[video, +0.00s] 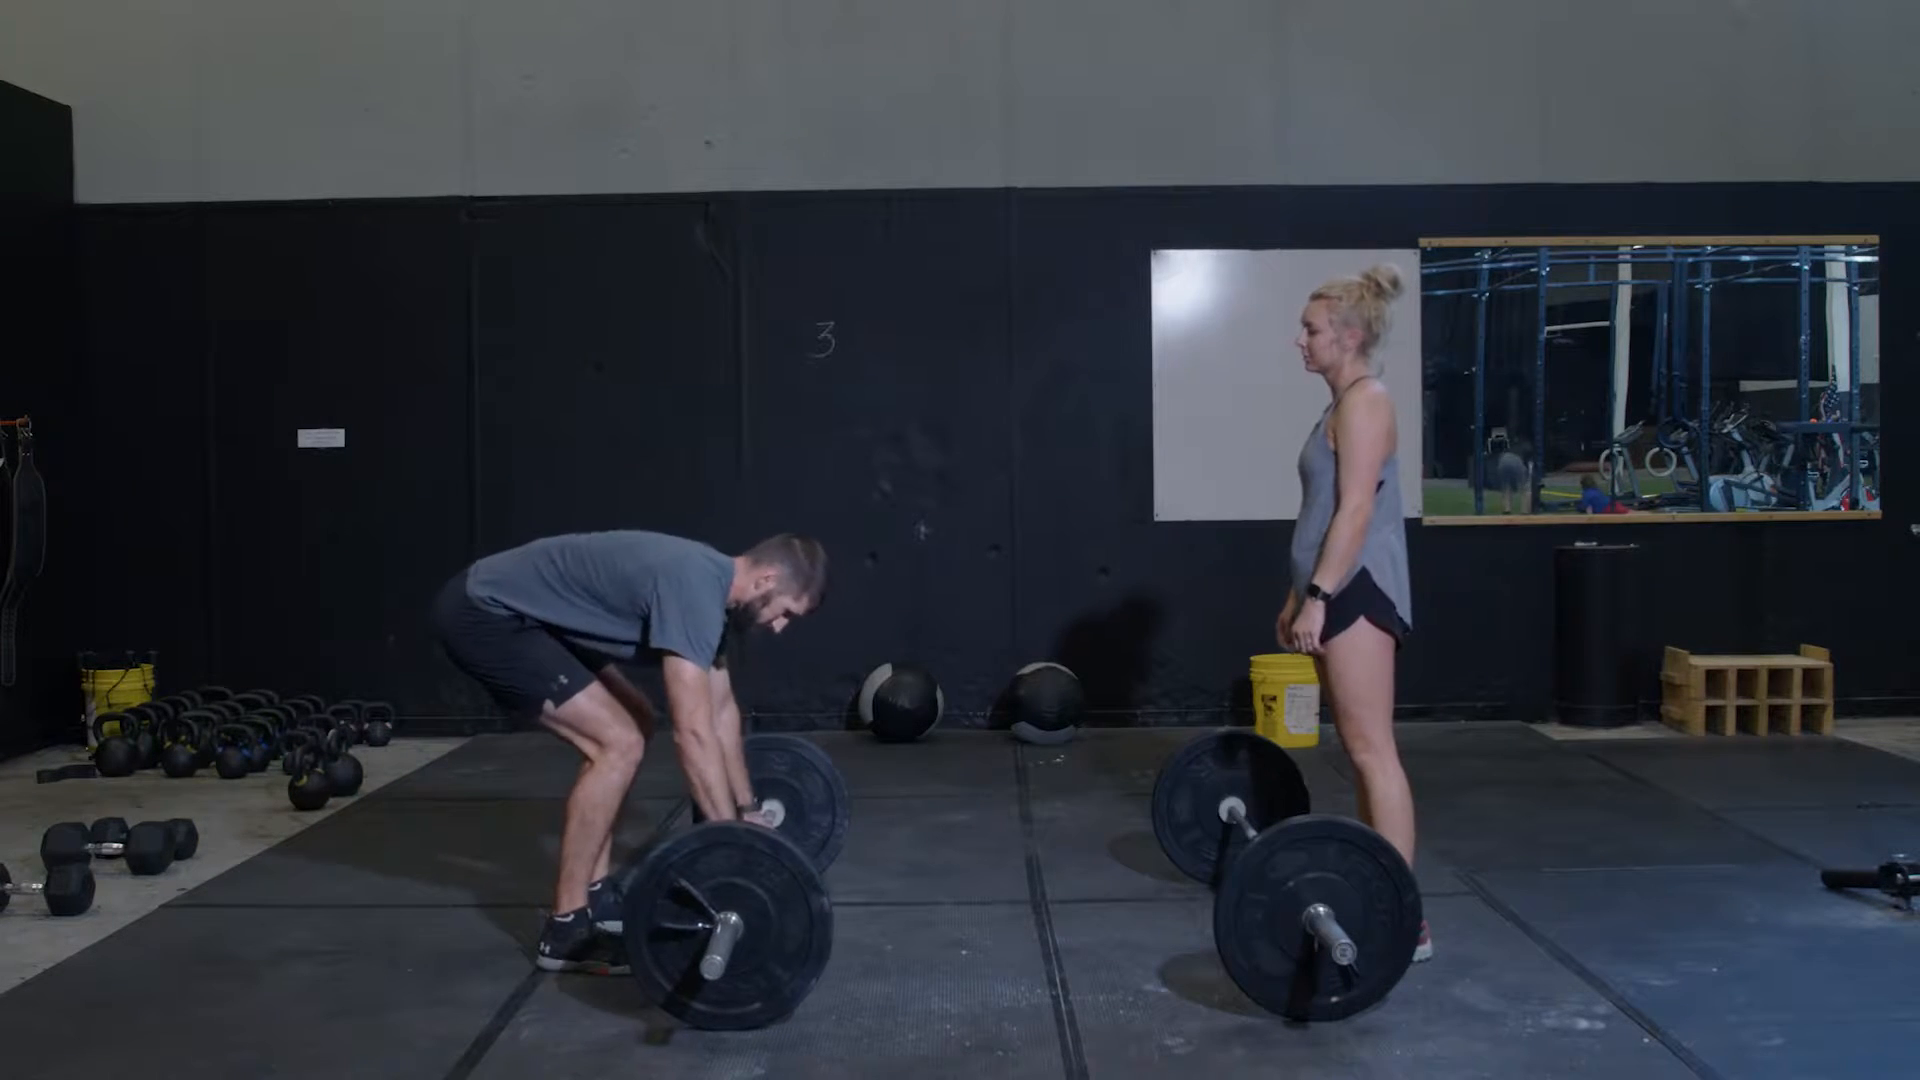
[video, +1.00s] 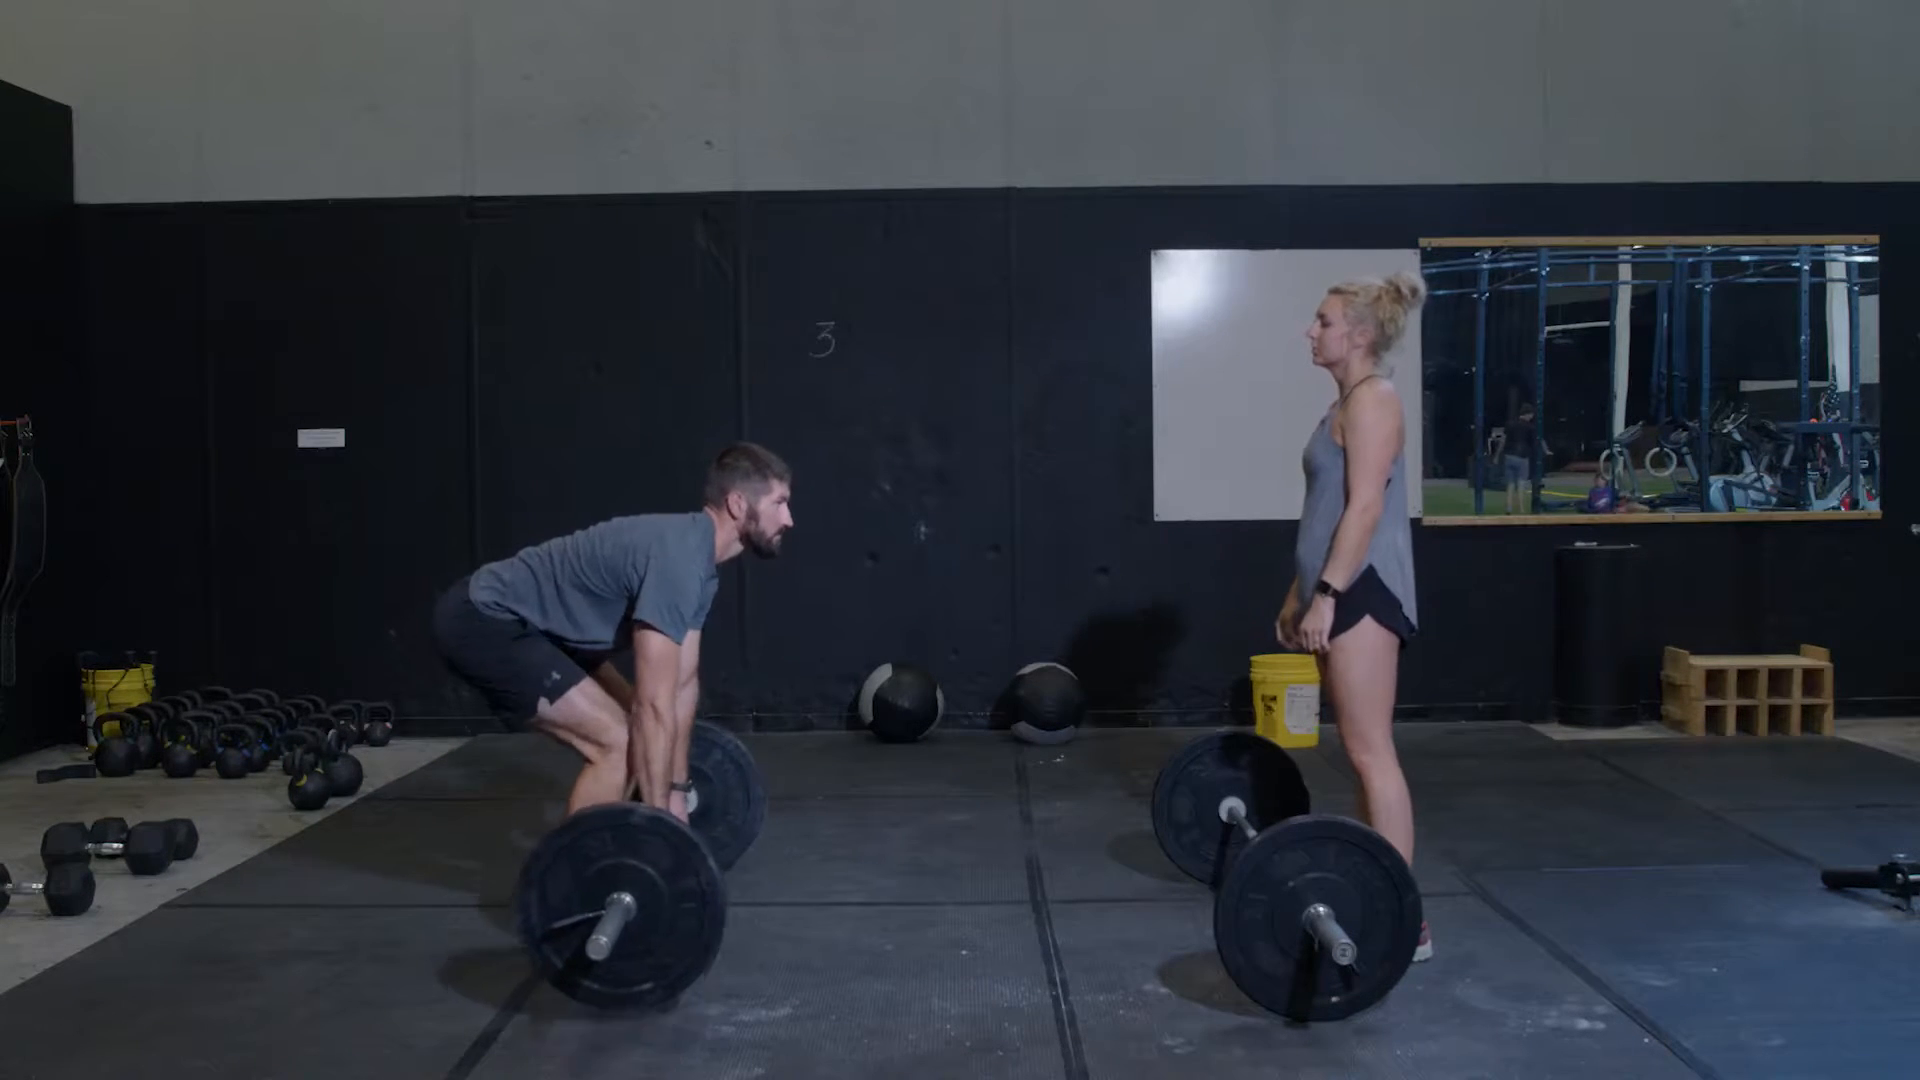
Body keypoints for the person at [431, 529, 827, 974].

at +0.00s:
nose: (779, 627)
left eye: (790, 620)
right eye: (786, 613)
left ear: (763, 576)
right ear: (764, 580)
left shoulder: (714, 590)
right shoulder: (694, 585)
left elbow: (722, 710)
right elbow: (691, 730)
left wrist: (746, 808)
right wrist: (729, 837)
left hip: (521, 612)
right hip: (486, 614)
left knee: (633, 725)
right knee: (618, 746)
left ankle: (595, 891)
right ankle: (565, 923)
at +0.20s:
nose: (786, 608)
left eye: (795, 599)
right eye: (790, 593)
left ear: (756, 565)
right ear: (758, 567)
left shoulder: (703, 585)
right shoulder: (687, 583)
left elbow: (713, 705)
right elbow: (682, 730)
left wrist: (734, 807)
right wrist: (716, 837)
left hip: (517, 616)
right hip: (481, 620)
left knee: (634, 722)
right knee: (618, 747)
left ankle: (595, 888)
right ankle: (566, 922)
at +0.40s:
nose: (802, 561)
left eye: (804, 547)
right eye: (797, 545)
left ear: (755, 541)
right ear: (756, 539)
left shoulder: (707, 582)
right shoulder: (691, 578)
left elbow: (703, 701)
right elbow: (675, 725)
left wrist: (707, 806)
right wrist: (690, 834)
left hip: (529, 628)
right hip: (486, 630)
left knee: (657, 724)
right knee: (625, 750)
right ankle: (566, 922)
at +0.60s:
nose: (801, 546)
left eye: (801, 530)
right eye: (792, 529)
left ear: (750, 529)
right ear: (751, 528)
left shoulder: (709, 583)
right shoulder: (692, 576)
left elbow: (697, 703)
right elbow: (668, 726)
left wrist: (680, 813)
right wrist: (662, 842)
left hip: (537, 635)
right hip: (490, 639)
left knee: (662, 729)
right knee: (634, 751)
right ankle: (580, 896)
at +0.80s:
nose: (796, 545)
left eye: (795, 530)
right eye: (787, 529)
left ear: (745, 531)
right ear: (745, 529)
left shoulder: (709, 590)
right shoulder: (687, 577)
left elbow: (693, 705)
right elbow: (662, 726)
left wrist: (673, 819)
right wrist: (653, 843)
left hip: (537, 638)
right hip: (489, 639)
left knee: (663, 727)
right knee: (632, 749)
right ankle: (583, 896)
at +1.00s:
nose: (790, 520)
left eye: (788, 505)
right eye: (780, 504)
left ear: (738, 506)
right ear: (736, 504)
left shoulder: (700, 567)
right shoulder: (679, 557)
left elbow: (684, 685)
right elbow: (652, 708)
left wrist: (675, 792)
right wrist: (655, 818)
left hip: (529, 620)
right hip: (485, 618)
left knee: (644, 721)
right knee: (616, 745)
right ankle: (575, 889)